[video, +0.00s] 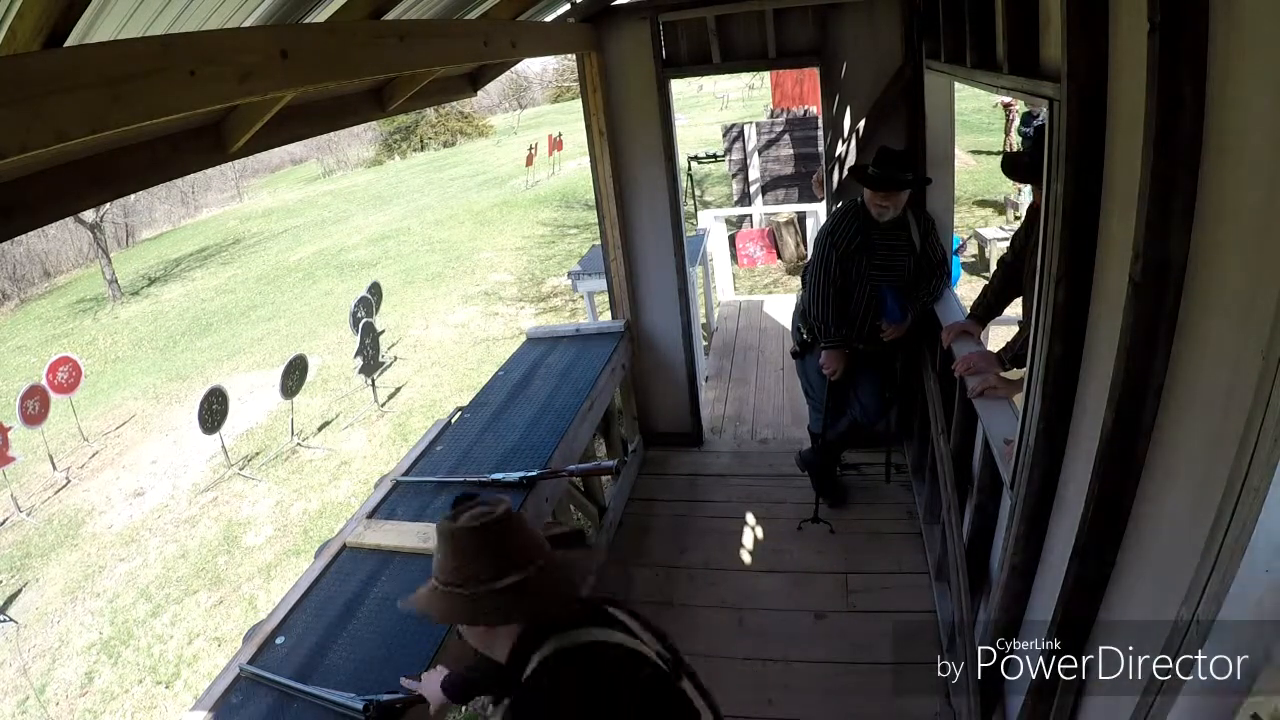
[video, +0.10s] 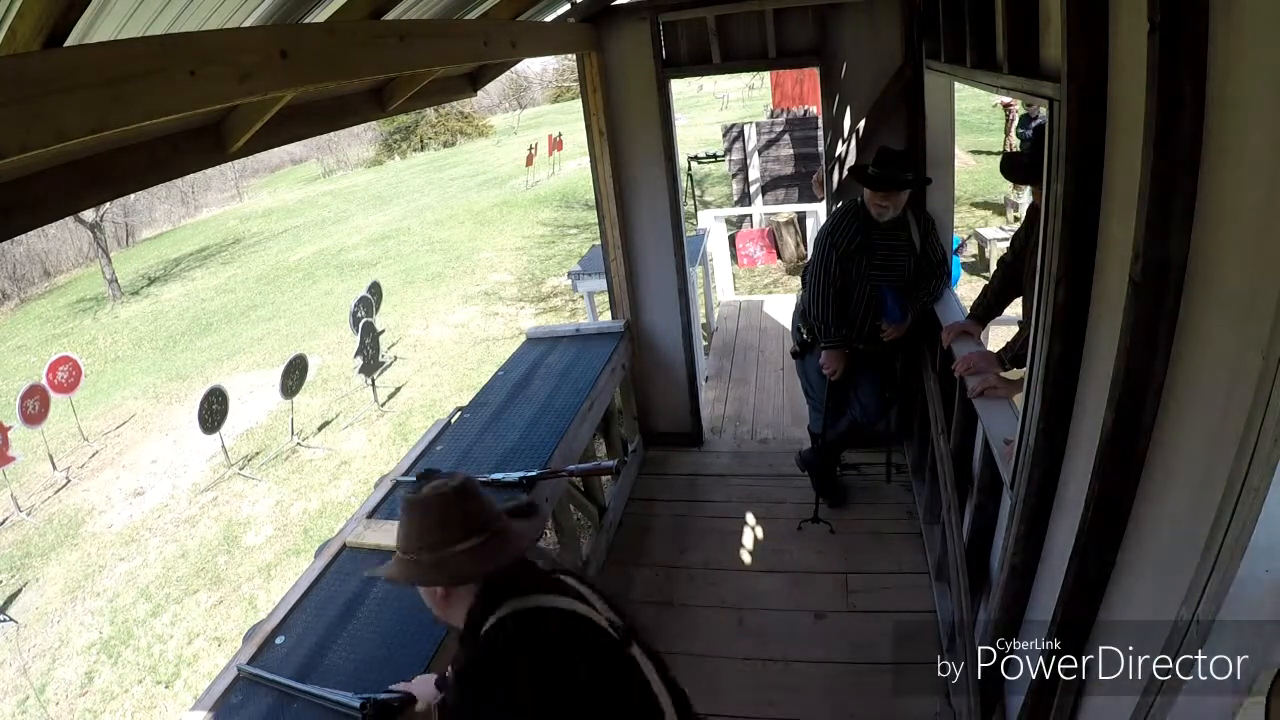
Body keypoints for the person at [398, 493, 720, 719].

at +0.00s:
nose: (457, 626)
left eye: (457, 617)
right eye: (454, 616)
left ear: (478, 622)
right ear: (541, 578)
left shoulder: (552, 699)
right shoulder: (596, 613)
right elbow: (528, 666)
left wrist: (448, 704)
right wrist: (455, 684)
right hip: (701, 709)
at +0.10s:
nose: (418, 590)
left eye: (419, 581)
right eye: (416, 580)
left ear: (439, 591)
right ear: (501, 548)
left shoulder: (502, 662)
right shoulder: (551, 581)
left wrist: (440, 695)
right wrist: (447, 685)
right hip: (666, 703)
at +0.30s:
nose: (352, 553)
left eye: (351, 542)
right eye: (349, 541)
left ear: (371, 549)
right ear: (435, 503)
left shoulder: (377, 652)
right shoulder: (524, 545)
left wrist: (317, 661)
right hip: (614, 712)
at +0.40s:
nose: (320, 544)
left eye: (320, 532)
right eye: (315, 532)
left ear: (339, 539)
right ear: (404, 496)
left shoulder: (332, 638)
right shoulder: (493, 526)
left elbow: (269, 705)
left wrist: (276, 602)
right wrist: (359, 578)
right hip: (582, 709)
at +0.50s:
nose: (295, 528)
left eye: (296, 519)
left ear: (314, 529)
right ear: (384, 486)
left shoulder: (316, 617)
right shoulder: (468, 509)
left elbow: (254, 693)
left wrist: (256, 577)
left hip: (432, 719)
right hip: (552, 700)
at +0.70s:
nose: (280, 514)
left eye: (279, 506)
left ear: (296, 516)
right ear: (364, 470)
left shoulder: (298, 603)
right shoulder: (441, 487)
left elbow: (221, 662)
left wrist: (239, 555)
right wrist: (316, 515)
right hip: (542, 692)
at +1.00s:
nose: (282, 509)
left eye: (281, 500)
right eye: (280, 499)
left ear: (305, 507)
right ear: (367, 470)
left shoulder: (304, 602)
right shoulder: (436, 479)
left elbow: (226, 665)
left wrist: (225, 559)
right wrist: (318, 529)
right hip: (549, 681)